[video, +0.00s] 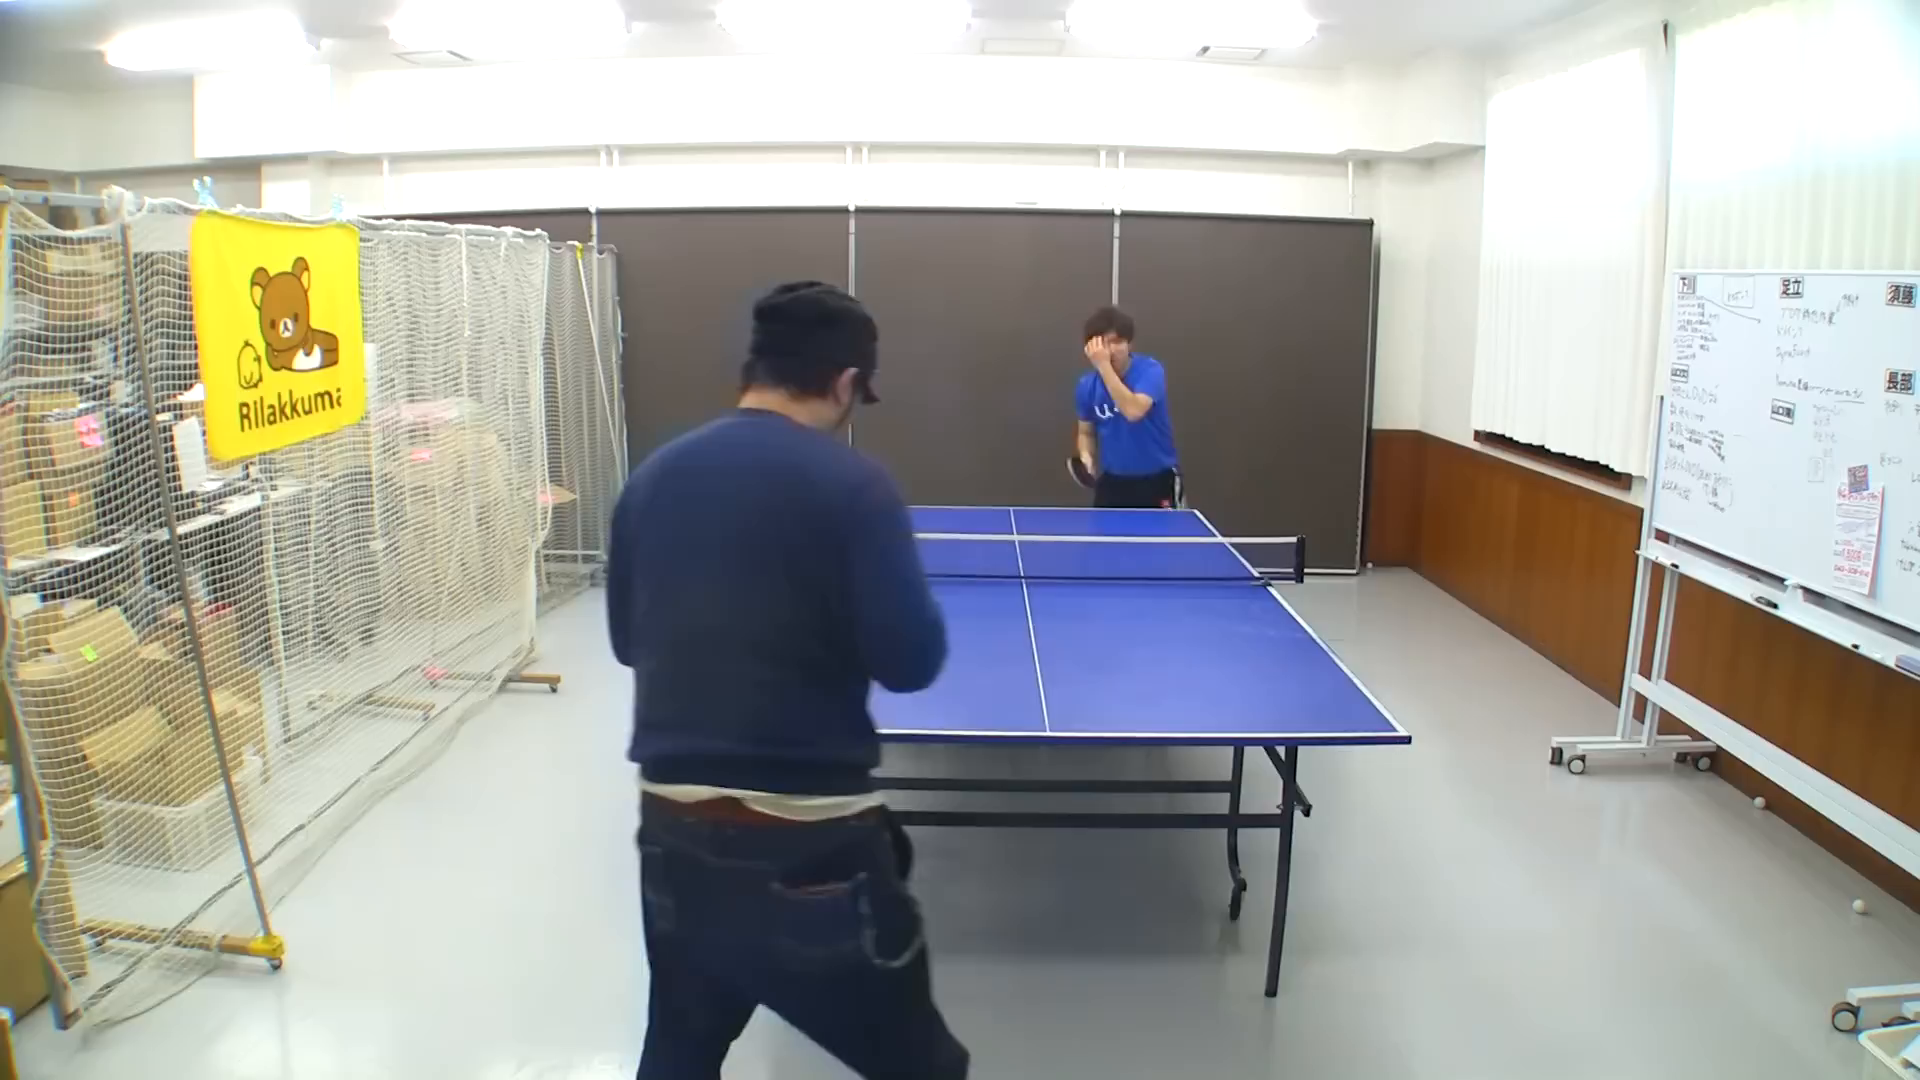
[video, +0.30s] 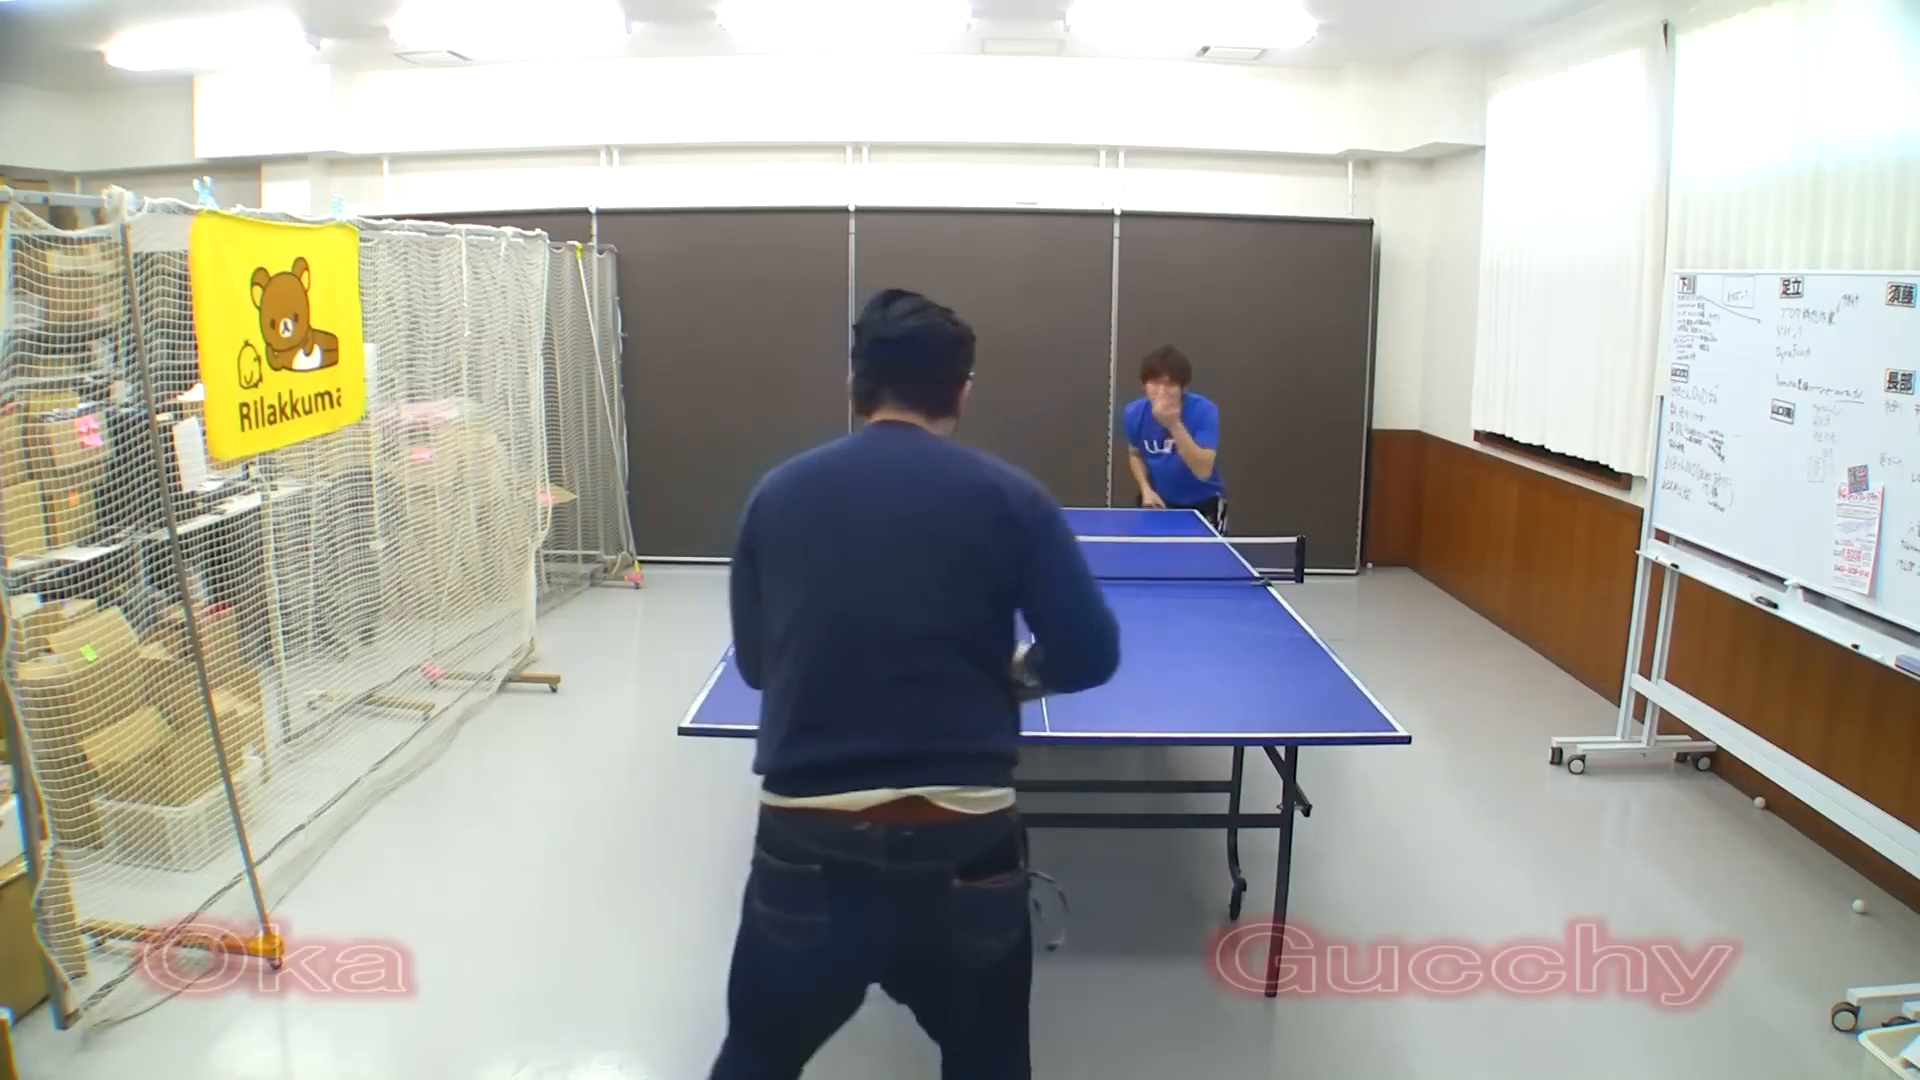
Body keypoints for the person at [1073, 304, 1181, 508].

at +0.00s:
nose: (1111, 351)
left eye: (1118, 342)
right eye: (1103, 343)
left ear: (1130, 344)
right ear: (1092, 349)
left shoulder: (1150, 371)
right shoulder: (1088, 385)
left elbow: (1134, 411)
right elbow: (1085, 432)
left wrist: (1103, 366)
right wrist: (1087, 459)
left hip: (1156, 482)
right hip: (1113, 482)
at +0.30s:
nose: (1162, 391)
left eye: (1170, 384)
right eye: (1155, 383)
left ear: (1182, 388)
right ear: (1145, 386)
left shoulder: (1204, 411)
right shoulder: (1135, 414)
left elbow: (1204, 470)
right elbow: (1135, 454)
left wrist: (1174, 425)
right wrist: (1146, 491)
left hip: (1202, 506)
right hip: (1158, 504)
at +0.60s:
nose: (1179, 404)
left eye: (1189, 397)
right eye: (1173, 395)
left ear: (1201, 402)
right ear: (1163, 397)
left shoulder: (1224, 427)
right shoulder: (1148, 422)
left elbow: (1246, 479)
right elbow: (1148, 460)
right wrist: (1171, 498)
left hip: (1213, 504)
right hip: (1166, 497)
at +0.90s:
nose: (1161, 396)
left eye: (1170, 388)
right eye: (1154, 388)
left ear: (1183, 392)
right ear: (1145, 391)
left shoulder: (1213, 422)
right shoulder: (1135, 419)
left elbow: (1229, 463)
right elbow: (1136, 458)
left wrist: (1198, 500)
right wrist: (1159, 493)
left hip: (1204, 502)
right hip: (1155, 500)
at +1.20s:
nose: (1152, 381)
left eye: (1161, 372)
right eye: (1145, 373)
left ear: (1175, 376)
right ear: (1136, 379)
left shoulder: (1202, 409)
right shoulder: (1127, 410)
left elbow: (1226, 451)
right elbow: (1117, 451)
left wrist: (1189, 475)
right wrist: (1141, 474)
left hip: (1195, 502)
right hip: (1147, 501)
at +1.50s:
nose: (1139, 361)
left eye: (1146, 351)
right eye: (1132, 353)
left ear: (1162, 354)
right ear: (1124, 359)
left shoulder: (1196, 385)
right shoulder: (1123, 395)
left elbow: (1236, 418)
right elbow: (1114, 431)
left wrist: (1203, 441)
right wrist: (1101, 446)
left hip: (1198, 496)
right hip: (1154, 495)